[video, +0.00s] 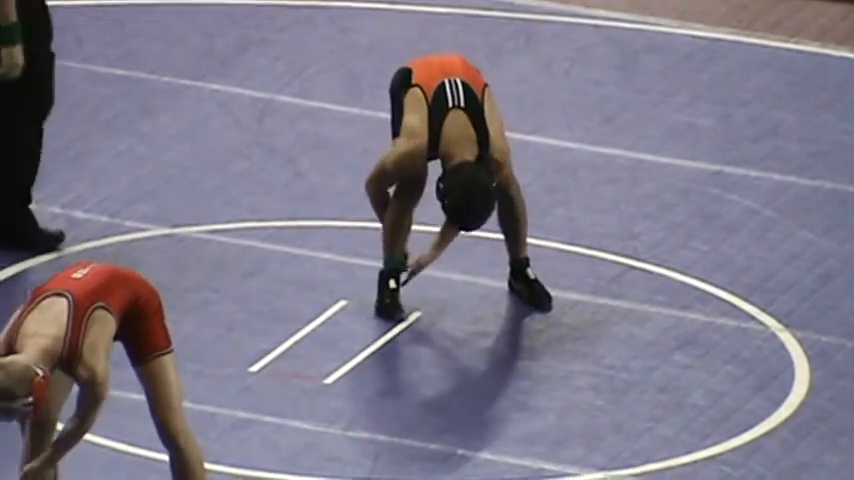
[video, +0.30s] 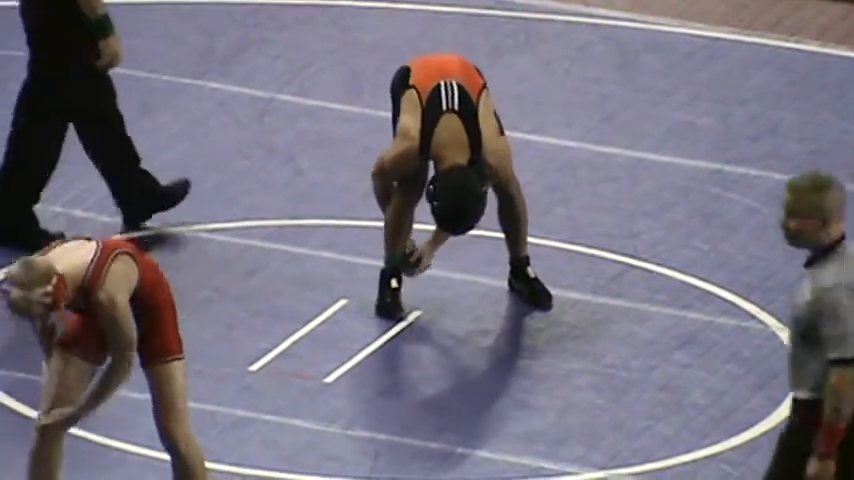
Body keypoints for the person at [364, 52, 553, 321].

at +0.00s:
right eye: (454, 221)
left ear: (490, 189)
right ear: (443, 191)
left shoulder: (497, 156)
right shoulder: (412, 150)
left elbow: (458, 216)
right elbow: (374, 186)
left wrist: (433, 253)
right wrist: (394, 230)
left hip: (470, 77)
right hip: (415, 78)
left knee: (509, 187)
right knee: (409, 187)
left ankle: (521, 271)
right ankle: (391, 277)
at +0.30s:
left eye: (458, 234)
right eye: (445, 230)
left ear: (482, 190)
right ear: (433, 193)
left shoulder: (496, 158)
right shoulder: (406, 150)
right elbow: (380, 178)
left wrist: (432, 247)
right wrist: (402, 237)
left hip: (470, 76)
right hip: (414, 77)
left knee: (510, 192)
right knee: (407, 191)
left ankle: (521, 271)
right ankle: (391, 277)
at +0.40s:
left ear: (477, 188)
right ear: (429, 192)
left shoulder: (493, 153)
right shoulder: (401, 151)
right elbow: (381, 186)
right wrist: (404, 242)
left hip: (467, 75)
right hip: (411, 76)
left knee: (508, 194)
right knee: (405, 191)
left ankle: (521, 270)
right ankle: (391, 279)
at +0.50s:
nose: (444, 228)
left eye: (451, 225)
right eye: (438, 223)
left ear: (473, 183)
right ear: (424, 186)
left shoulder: (492, 150)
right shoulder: (397, 151)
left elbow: (515, 200)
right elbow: (378, 177)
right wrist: (396, 230)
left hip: (464, 73)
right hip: (408, 76)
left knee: (506, 190)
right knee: (403, 192)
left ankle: (521, 268)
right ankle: (391, 277)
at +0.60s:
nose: (433, 221)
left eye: (443, 219)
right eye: (431, 215)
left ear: (469, 178)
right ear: (421, 183)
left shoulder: (488, 145)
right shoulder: (395, 141)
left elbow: (513, 196)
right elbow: (371, 164)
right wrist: (384, 216)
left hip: (464, 73)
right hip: (408, 73)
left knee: (503, 188)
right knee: (402, 186)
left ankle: (521, 267)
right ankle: (391, 276)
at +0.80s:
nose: (442, 193)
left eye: (446, 189)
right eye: (438, 189)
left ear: (462, 158)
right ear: (416, 145)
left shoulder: (482, 134)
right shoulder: (397, 111)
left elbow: (463, 194)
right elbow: (350, 131)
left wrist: (421, 236)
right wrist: (352, 197)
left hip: (469, 65)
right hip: (415, 63)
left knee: (502, 180)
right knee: (402, 187)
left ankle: (520, 264)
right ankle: (391, 276)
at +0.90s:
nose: (439, 152)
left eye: (449, 150)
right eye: (434, 145)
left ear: (466, 132)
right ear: (422, 115)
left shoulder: (487, 120)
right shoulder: (405, 88)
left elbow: (459, 185)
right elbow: (353, 114)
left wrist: (418, 230)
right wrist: (347, 180)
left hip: (480, 59)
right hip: (427, 53)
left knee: (507, 177)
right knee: (410, 179)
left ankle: (525, 256)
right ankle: (392, 273)